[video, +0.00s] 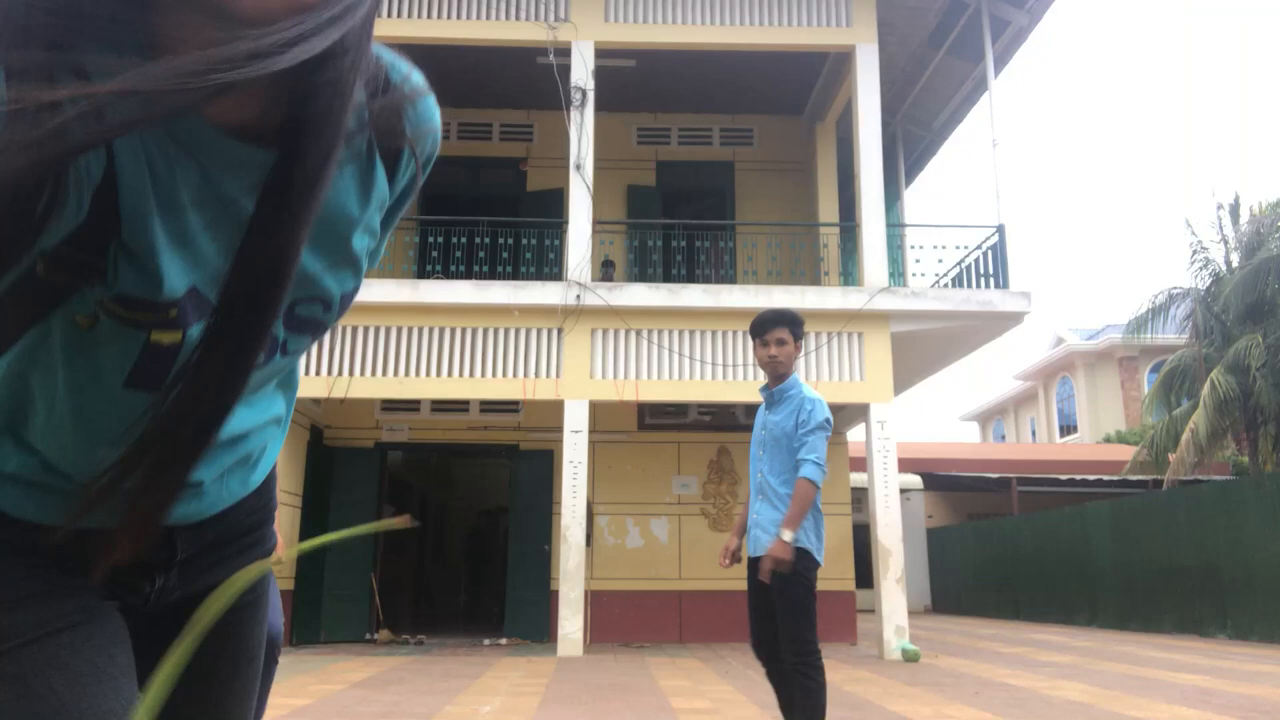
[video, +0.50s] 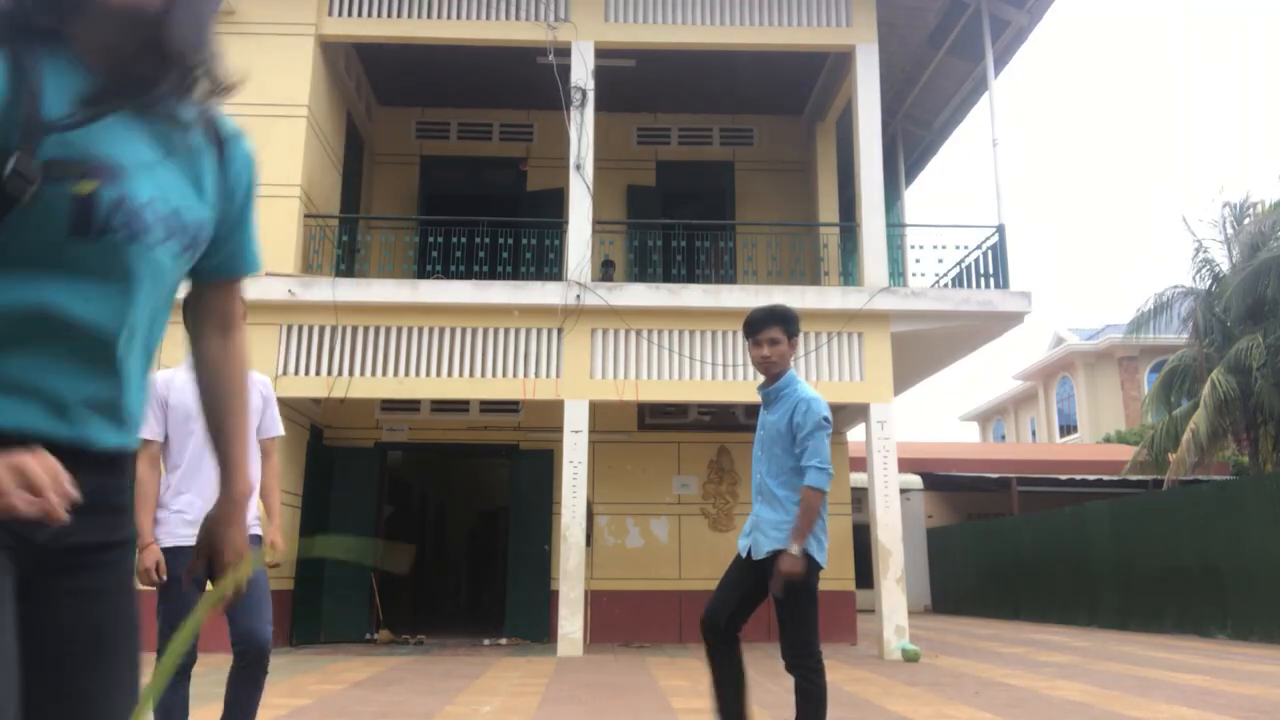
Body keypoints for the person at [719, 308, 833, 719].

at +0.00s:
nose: (773, 352)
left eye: (782, 343)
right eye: (765, 345)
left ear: (798, 348)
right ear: (755, 352)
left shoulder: (810, 405)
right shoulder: (766, 408)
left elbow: (811, 474)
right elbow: (762, 481)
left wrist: (786, 536)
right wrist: (738, 532)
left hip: (793, 545)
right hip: (761, 545)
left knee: (799, 651)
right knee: (766, 647)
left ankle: (810, 719)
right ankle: (796, 716)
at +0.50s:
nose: (765, 352)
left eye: (774, 343)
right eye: (756, 344)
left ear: (793, 346)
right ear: (748, 350)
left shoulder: (807, 404)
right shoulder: (771, 402)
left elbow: (817, 478)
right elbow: (775, 476)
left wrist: (797, 547)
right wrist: (756, 532)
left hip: (794, 546)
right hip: (759, 543)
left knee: (803, 659)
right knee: (717, 624)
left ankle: (810, 719)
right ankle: (733, 716)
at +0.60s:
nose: (761, 353)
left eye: (771, 343)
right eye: (753, 345)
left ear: (792, 345)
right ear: (746, 350)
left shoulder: (807, 405)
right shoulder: (768, 402)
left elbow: (822, 479)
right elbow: (777, 478)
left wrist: (822, 551)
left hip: (792, 545)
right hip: (758, 542)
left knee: (802, 655)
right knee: (713, 622)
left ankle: (811, 718)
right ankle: (688, 714)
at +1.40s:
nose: (698, 350)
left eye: (704, 342)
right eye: (698, 342)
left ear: (730, 346)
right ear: (723, 347)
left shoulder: (769, 405)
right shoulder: (714, 410)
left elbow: (788, 479)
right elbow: (709, 488)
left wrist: (789, 548)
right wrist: (697, 547)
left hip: (752, 553)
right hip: (711, 554)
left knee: (771, 654)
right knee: (706, 654)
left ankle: (798, 717)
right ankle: (707, 719)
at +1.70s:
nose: (673, 354)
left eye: (678, 346)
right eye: (673, 346)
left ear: (703, 349)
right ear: (697, 350)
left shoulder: (734, 403)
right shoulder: (698, 408)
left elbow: (742, 474)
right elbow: (691, 485)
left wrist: (737, 541)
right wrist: (666, 539)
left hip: (717, 545)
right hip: (692, 547)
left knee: (716, 646)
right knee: (701, 652)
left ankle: (768, 717)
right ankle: (706, 719)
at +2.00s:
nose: (665, 356)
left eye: (671, 348)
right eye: (665, 348)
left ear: (696, 350)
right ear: (690, 353)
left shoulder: (720, 402)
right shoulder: (695, 406)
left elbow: (710, 474)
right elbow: (687, 480)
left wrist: (699, 535)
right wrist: (669, 538)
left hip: (709, 542)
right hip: (692, 542)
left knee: (678, 641)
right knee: (701, 647)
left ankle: (705, 713)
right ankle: (707, 714)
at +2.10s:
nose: (666, 357)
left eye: (672, 349)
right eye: (665, 349)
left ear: (698, 351)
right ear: (688, 353)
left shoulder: (724, 402)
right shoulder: (685, 411)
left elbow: (682, 465)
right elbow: (677, 477)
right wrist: (662, 530)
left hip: (713, 538)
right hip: (688, 541)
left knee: (676, 643)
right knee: (700, 649)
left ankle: (674, 714)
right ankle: (704, 715)